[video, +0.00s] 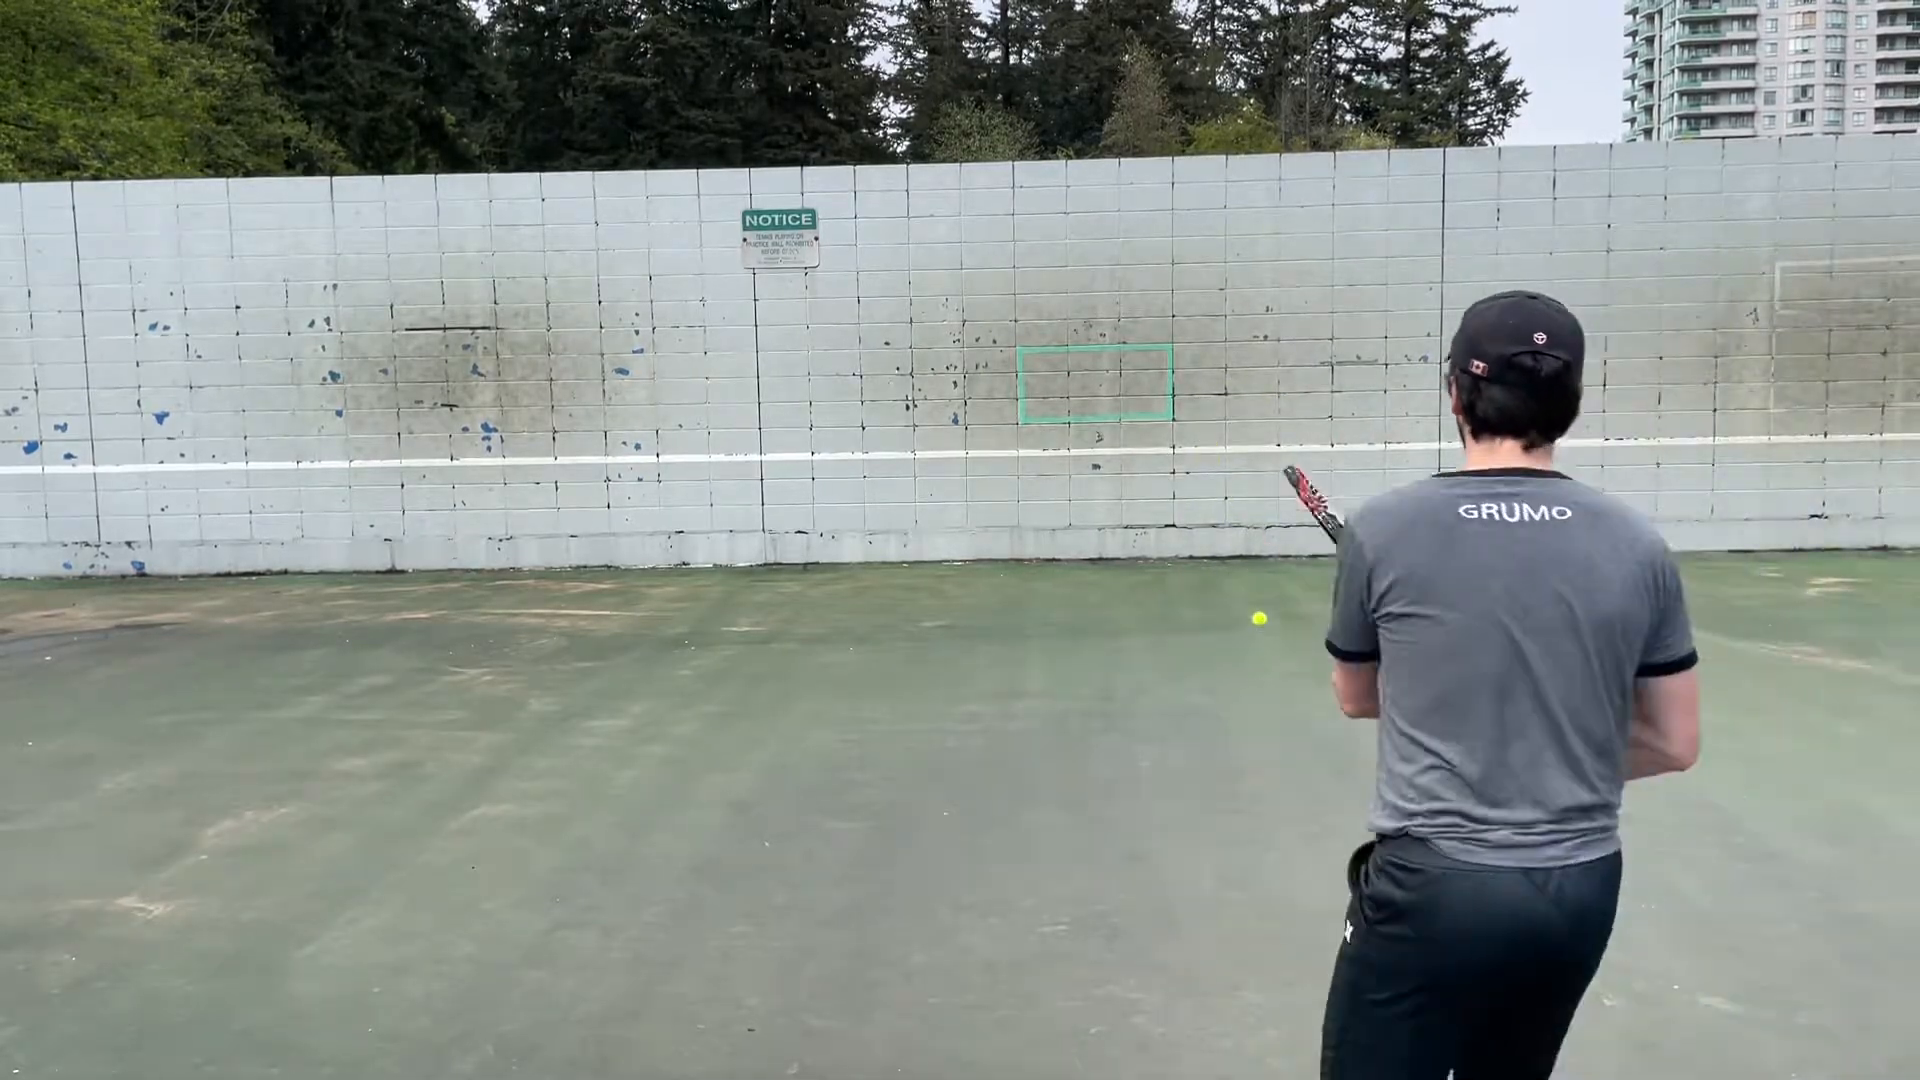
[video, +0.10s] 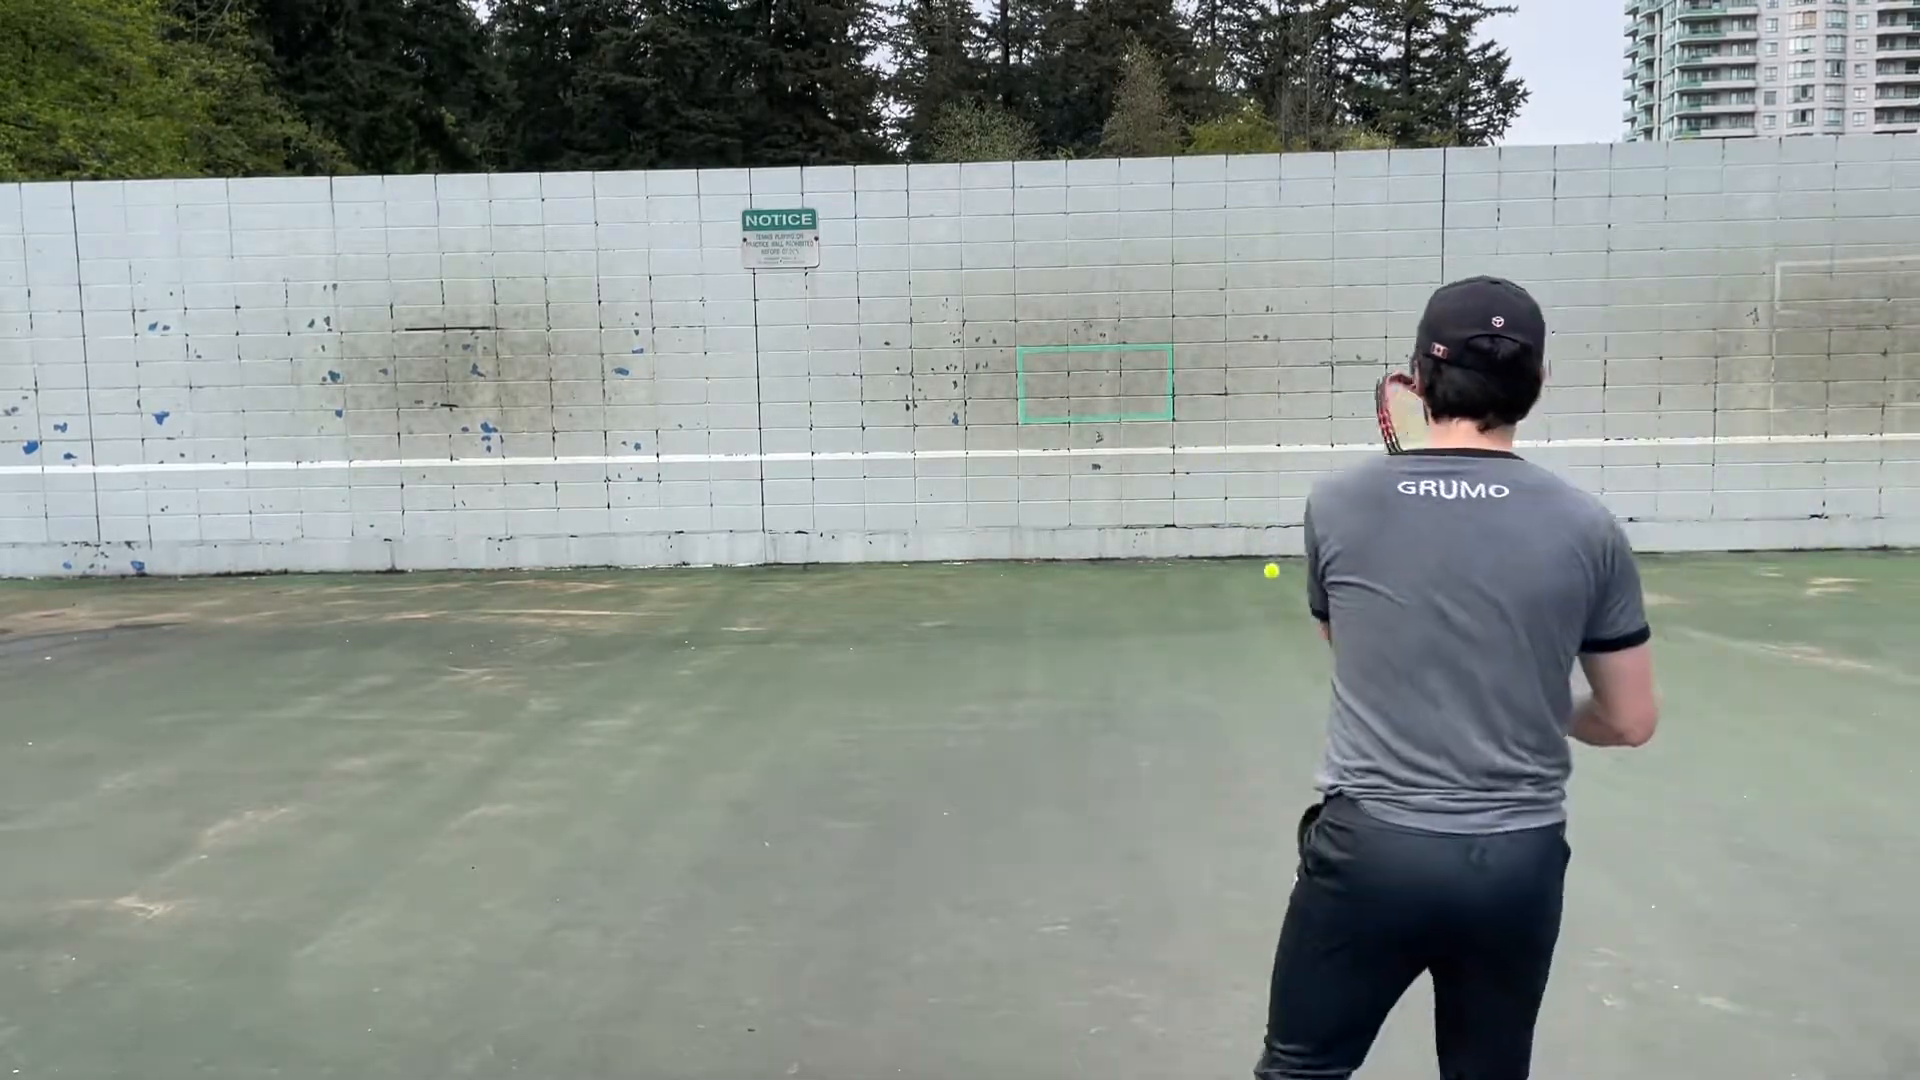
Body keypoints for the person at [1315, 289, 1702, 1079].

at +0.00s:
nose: (1453, 386)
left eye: (1454, 376)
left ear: (1458, 393)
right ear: (1572, 404)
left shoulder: (1385, 528)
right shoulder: (1633, 542)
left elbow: (1358, 696)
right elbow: (1672, 742)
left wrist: (1462, 684)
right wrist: (1552, 745)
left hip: (1429, 898)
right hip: (1573, 901)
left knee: (1366, 1068)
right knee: (1509, 1071)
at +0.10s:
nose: (1415, 370)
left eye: (1418, 359)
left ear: (1421, 374)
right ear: (1536, 387)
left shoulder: (1342, 501)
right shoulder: (1584, 525)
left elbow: (1344, 635)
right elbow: (1629, 718)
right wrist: (1527, 698)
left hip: (1369, 866)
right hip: (1515, 876)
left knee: (1298, 1067)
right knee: (1489, 1070)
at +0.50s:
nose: (1393, 402)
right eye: (1393, 389)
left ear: (1277, 390)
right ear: (1383, 409)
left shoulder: (1208, 490)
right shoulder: (1333, 513)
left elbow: (1295, 574)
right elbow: (1425, 640)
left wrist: (1434, 558)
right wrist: (1592, 588)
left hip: (1153, 815)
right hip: (1274, 833)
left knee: (1127, 1037)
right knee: (1378, 1045)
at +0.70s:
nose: (1432, 426)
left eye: (1427, 408)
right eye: (1433, 413)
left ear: (1325, 399)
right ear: (1421, 426)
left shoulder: (1248, 486)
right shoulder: (1340, 503)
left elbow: (1310, 578)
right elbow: (1345, 595)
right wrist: (1538, 577)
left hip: (1154, 803)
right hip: (1265, 831)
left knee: (1108, 1026)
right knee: (1331, 1042)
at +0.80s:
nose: (1459, 485)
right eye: (1463, 471)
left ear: (1358, 452)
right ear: (1453, 476)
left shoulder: (1282, 524)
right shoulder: (1372, 538)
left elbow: (1253, 635)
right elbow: (1357, 631)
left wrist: (1336, 689)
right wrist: (1528, 642)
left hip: (1154, 830)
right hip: (1268, 856)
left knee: (1127, 1038)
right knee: (1345, 1049)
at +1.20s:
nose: (1457, 453)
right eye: (1458, 442)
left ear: (1356, 429)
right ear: (1449, 452)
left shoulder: (1295, 500)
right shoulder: (1452, 566)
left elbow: (1199, 605)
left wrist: (1093, 722)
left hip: (1235, 819)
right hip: (1356, 844)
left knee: (1144, 1019)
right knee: (1336, 1037)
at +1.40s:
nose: (1308, 361)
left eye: (1312, 352)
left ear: (1313, 365)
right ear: (1404, 387)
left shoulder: (1301, 474)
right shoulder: (1417, 489)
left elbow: (1298, 631)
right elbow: (1295, 512)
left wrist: (1225, 787)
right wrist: (1190, 451)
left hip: (1276, 788)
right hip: (1377, 798)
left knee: (1174, 1019)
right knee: (1334, 1027)